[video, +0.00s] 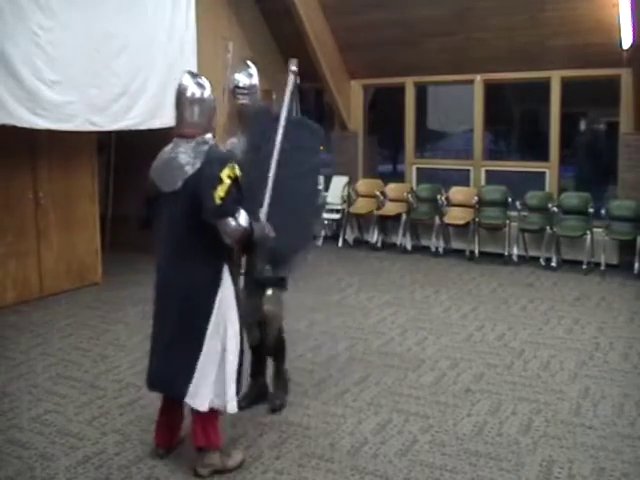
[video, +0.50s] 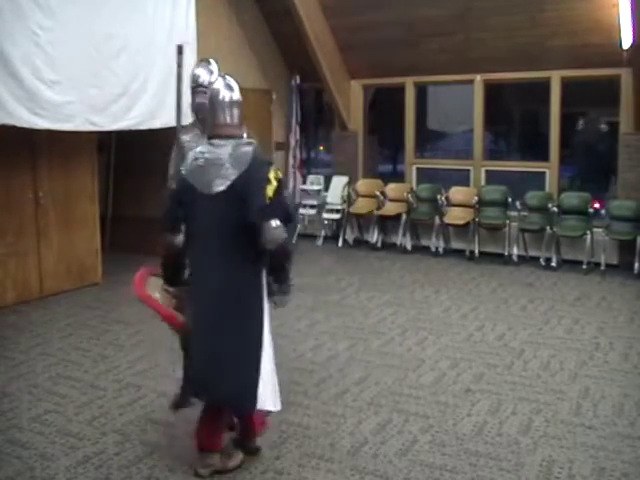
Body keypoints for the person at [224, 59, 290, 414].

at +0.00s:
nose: (239, 101)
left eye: (245, 93)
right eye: (235, 93)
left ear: (260, 96)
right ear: (229, 98)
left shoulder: (287, 139)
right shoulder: (237, 141)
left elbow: (303, 199)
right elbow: (231, 191)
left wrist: (280, 237)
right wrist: (234, 225)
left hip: (281, 236)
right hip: (250, 237)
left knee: (268, 308)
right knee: (249, 310)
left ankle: (278, 376)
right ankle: (257, 380)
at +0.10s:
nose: (234, 99)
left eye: (241, 92)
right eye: (229, 91)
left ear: (253, 97)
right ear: (218, 96)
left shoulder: (268, 139)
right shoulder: (208, 141)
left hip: (258, 239)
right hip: (213, 241)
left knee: (253, 315)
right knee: (218, 318)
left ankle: (254, 388)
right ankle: (221, 390)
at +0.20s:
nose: (239, 109)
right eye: (234, 103)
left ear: (192, 111)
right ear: (227, 112)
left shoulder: (173, 160)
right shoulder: (228, 162)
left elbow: (159, 221)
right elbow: (245, 228)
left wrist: (172, 257)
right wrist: (267, 253)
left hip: (181, 273)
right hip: (217, 277)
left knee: (198, 349)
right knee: (215, 355)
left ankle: (201, 428)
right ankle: (210, 449)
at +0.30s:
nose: (213, 116)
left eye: (213, 109)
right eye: (216, 108)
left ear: (199, 112)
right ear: (233, 114)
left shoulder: (183, 155)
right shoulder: (235, 158)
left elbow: (163, 218)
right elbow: (243, 221)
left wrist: (168, 277)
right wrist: (265, 247)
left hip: (189, 271)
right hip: (222, 275)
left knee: (208, 349)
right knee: (221, 354)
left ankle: (221, 425)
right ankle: (209, 446)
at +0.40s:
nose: (218, 125)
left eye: (221, 117)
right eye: (214, 117)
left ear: (204, 123)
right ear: (226, 122)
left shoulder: (183, 166)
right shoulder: (245, 165)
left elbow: (167, 230)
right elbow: (257, 229)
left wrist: (166, 276)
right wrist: (273, 268)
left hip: (197, 278)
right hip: (233, 278)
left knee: (216, 356)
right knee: (230, 357)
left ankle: (240, 434)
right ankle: (212, 444)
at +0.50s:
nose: (232, 121)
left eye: (215, 114)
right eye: (234, 115)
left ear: (203, 118)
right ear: (240, 116)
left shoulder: (192, 160)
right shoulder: (252, 163)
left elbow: (174, 222)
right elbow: (269, 228)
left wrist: (173, 275)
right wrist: (281, 269)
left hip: (205, 274)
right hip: (242, 275)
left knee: (225, 354)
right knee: (244, 356)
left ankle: (246, 435)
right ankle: (213, 445)